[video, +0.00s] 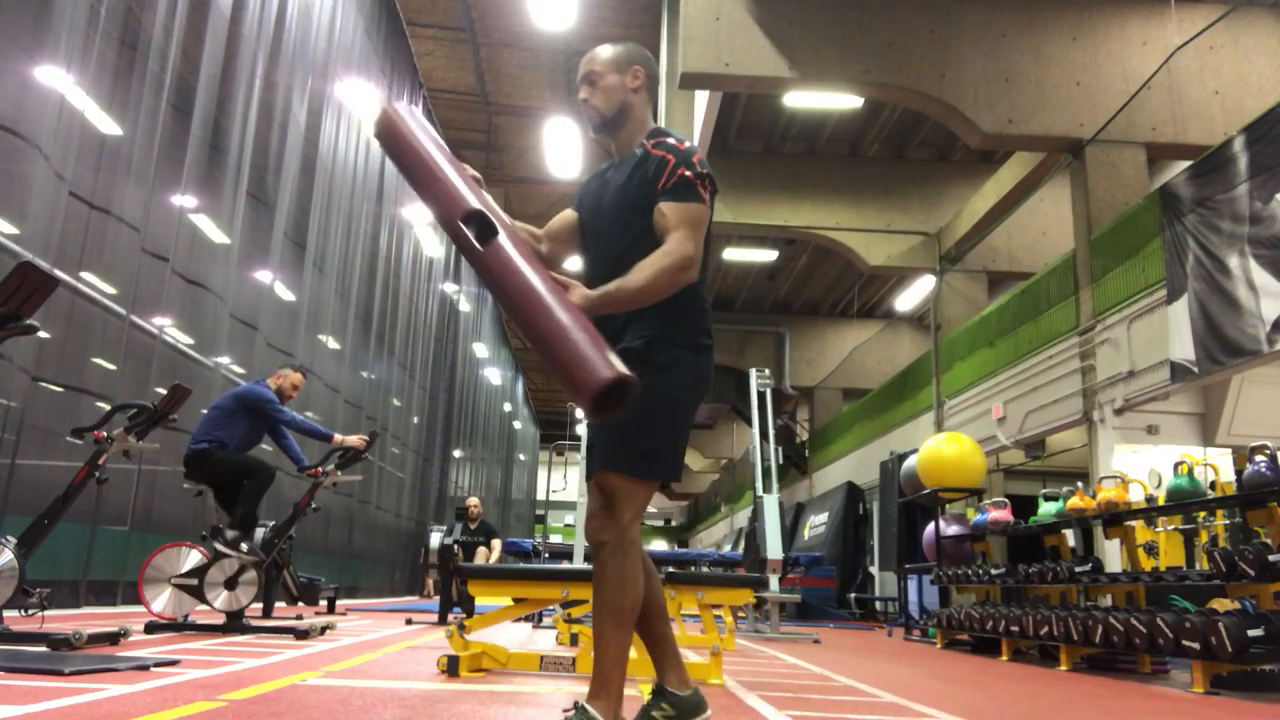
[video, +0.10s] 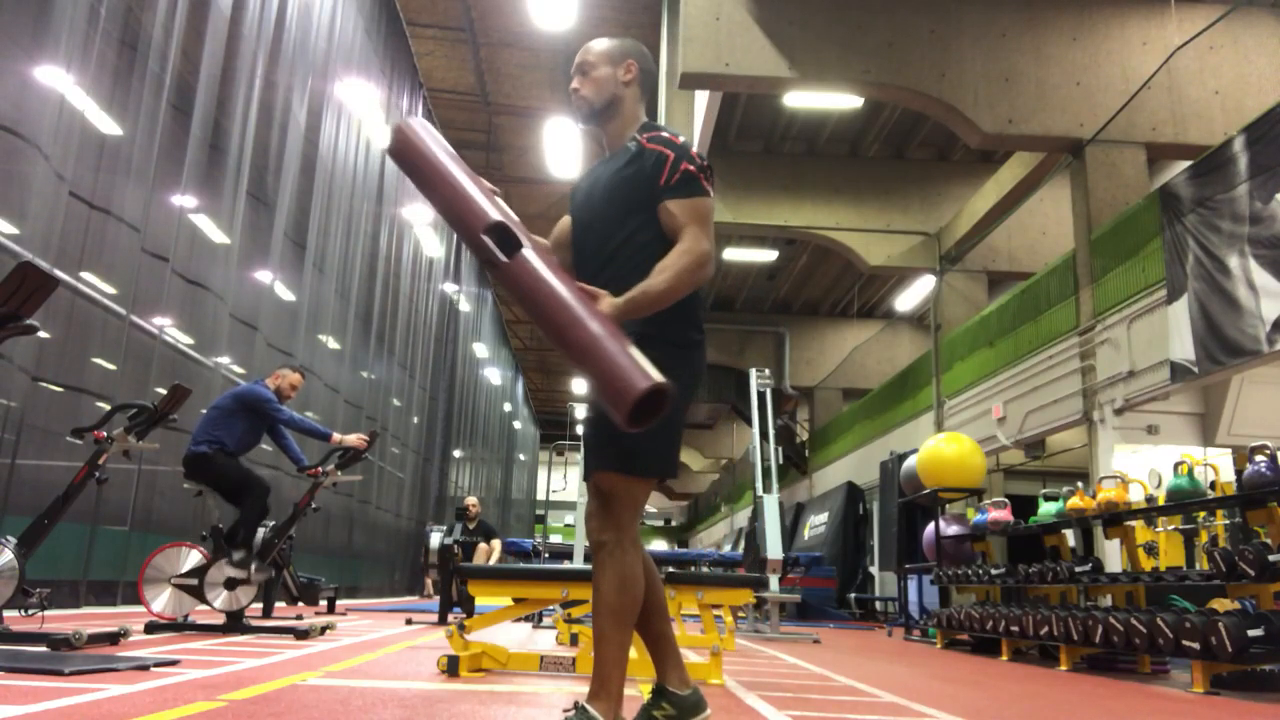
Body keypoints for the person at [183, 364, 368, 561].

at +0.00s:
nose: (294, 395)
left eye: (297, 391)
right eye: (294, 387)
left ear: (281, 383)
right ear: (278, 378)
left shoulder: (264, 402)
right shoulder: (258, 392)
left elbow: (282, 438)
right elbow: (293, 422)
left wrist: (305, 467)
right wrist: (340, 439)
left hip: (213, 460)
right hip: (205, 456)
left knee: (247, 516)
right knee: (263, 471)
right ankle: (233, 533)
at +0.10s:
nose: (292, 395)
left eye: (296, 392)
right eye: (292, 387)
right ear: (276, 378)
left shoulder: (267, 406)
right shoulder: (256, 392)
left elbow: (282, 438)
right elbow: (291, 419)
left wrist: (305, 466)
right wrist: (339, 438)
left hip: (217, 457)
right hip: (205, 456)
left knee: (259, 506)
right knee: (258, 490)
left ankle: (226, 546)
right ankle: (241, 550)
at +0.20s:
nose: (293, 393)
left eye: (296, 389)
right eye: (292, 385)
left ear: (279, 381)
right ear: (276, 376)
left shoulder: (264, 401)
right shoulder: (255, 390)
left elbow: (280, 437)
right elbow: (288, 419)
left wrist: (304, 466)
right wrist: (336, 436)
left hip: (226, 460)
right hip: (205, 460)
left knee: (271, 493)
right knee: (247, 503)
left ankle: (227, 535)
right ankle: (234, 572)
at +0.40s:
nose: (291, 393)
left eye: (295, 390)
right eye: (290, 386)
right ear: (274, 376)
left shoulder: (266, 403)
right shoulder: (251, 388)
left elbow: (279, 437)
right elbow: (270, 422)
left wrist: (304, 466)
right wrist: (306, 426)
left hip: (227, 461)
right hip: (204, 459)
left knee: (278, 479)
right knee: (234, 513)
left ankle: (251, 533)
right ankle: (198, 574)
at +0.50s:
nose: (287, 394)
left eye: (291, 390)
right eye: (287, 385)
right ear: (272, 376)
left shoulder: (265, 406)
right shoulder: (245, 388)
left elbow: (280, 438)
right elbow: (264, 422)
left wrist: (303, 467)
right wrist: (291, 417)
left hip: (225, 462)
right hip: (202, 459)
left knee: (271, 496)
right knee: (244, 502)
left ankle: (256, 558)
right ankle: (198, 553)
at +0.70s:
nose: (284, 389)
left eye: (287, 385)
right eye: (282, 381)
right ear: (267, 371)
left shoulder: (263, 404)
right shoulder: (240, 385)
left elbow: (279, 435)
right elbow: (264, 414)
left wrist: (303, 465)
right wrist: (281, 402)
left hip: (220, 463)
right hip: (202, 457)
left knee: (248, 521)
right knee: (263, 473)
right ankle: (220, 527)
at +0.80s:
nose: (283, 389)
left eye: (287, 385)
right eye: (282, 381)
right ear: (266, 371)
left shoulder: (263, 406)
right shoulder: (239, 385)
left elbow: (280, 437)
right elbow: (257, 412)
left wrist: (304, 466)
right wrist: (278, 401)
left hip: (220, 461)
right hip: (201, 456)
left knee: (251, 516)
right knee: (263, 473)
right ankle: (236, 534)